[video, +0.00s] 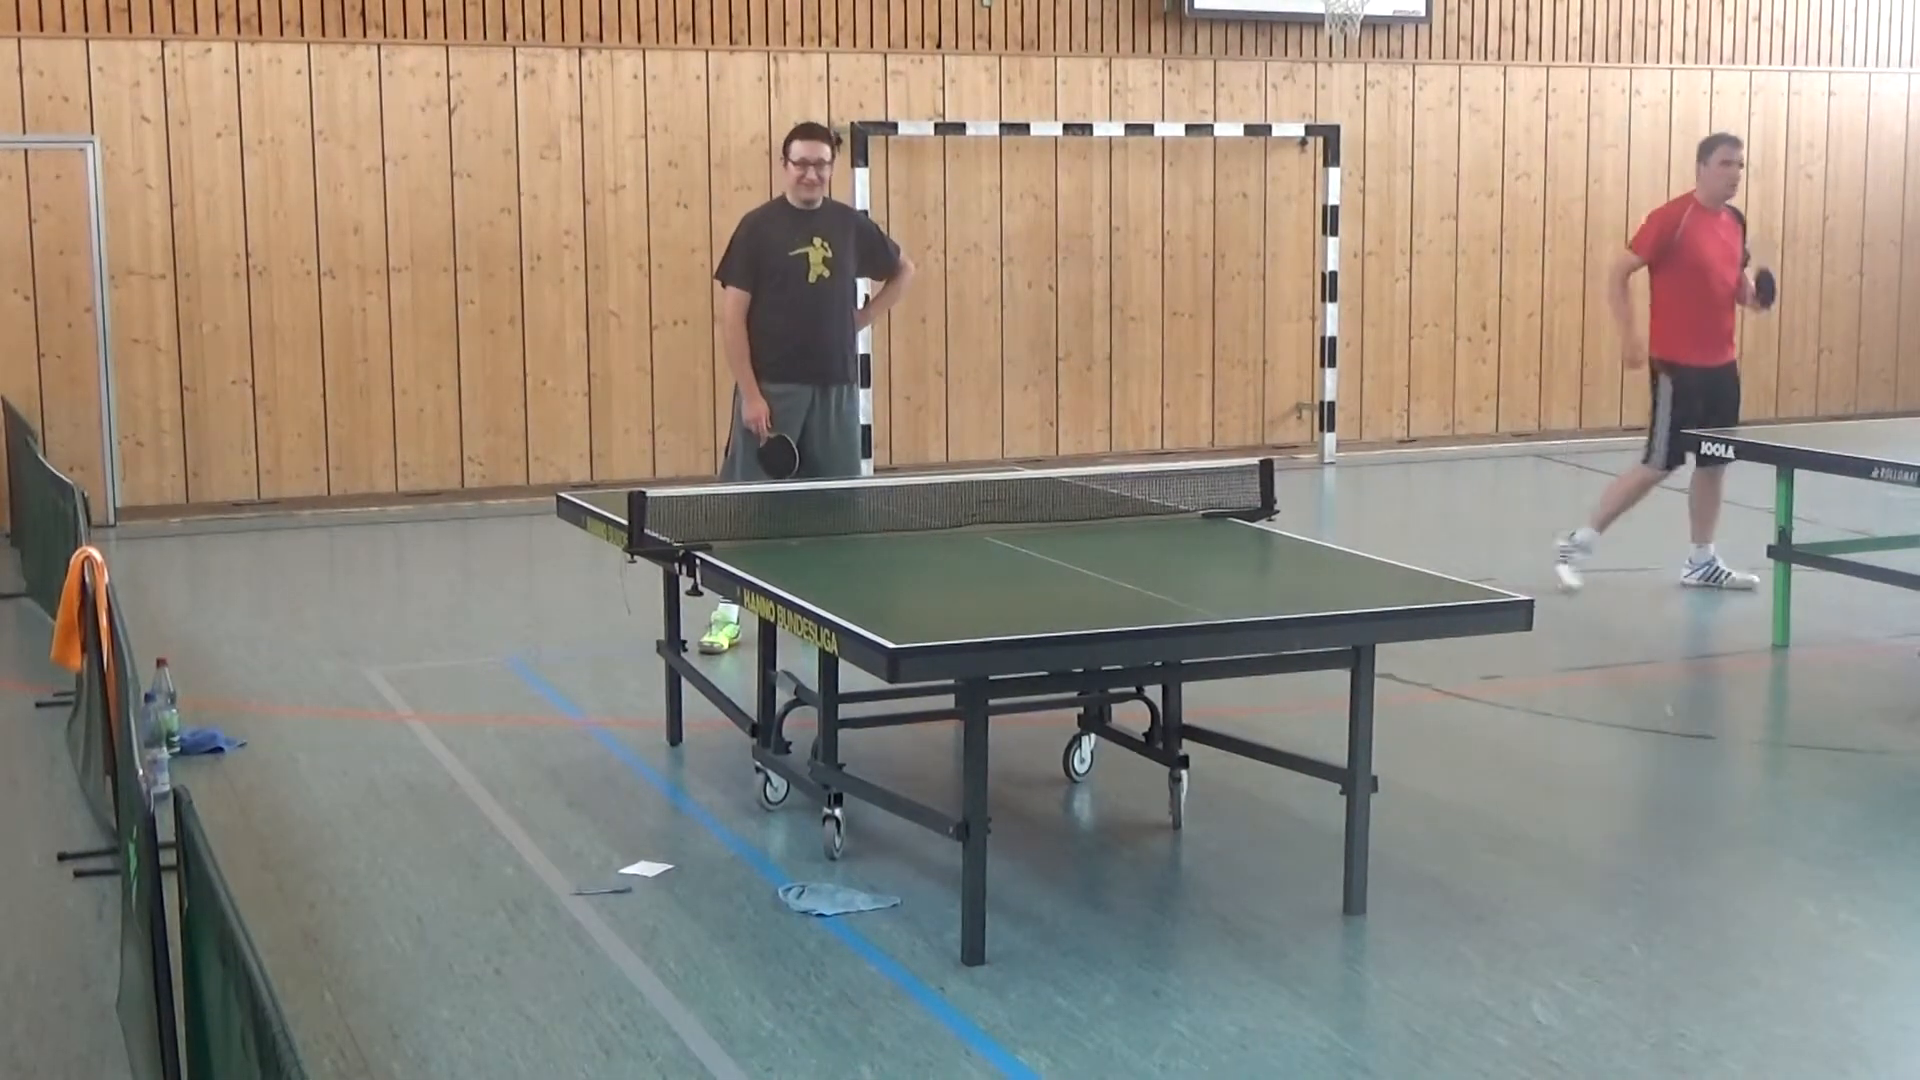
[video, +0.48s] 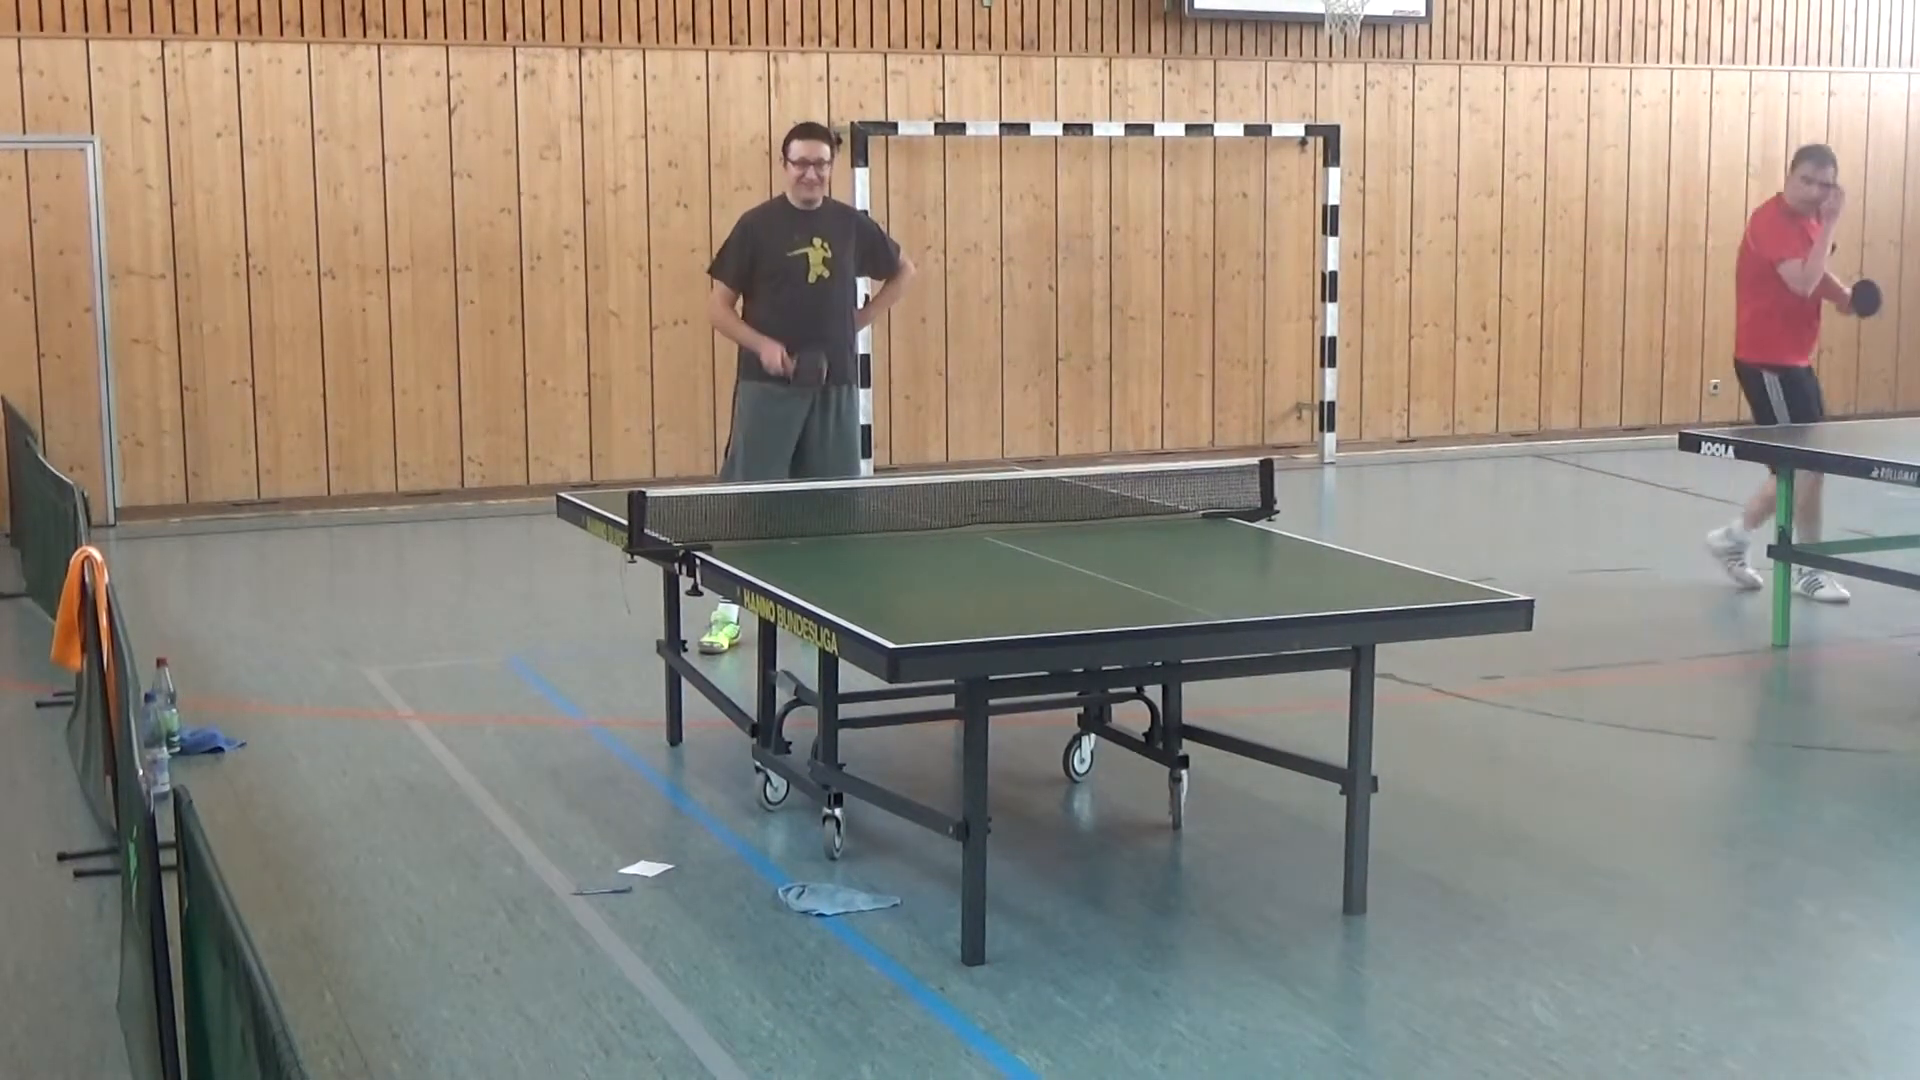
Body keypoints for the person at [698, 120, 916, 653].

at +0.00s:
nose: (811, 173)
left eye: (820, 165)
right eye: (801, 164)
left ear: (832, 168)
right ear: (784, 165)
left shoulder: (852, 225)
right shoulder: (756, 227)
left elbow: (902, 270)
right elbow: (731, 315)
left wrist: (866, 315)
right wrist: (749, 393)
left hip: (835, 392)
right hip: (768, 392)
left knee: (839, 510)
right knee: (744, 505)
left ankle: (837, 614)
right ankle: (728, 609)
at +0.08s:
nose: (812, 173)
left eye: (821, 164)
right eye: (803, 163)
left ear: (832, 168)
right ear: (786, 165)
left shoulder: (852, 225)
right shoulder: (756, 227)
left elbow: (902, 270)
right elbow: (731, 314)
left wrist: (866, 315)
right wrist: (749, 393)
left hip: (835, 392)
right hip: (768, 392)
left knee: (839, 510)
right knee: (744, 506)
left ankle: (837, 614)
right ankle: (728, 609)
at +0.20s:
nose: (813, 173)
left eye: (822, 164)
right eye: (804, 163)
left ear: (833, 168)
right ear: (786, 165)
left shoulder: (853, 225)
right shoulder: (756, 227)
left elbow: (903, 271)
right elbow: (731, 315)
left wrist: (866, 315)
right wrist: (749, 392)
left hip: (835, 391)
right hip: (768, 392)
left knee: (838, 510)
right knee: (744, 505)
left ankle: (837, 614)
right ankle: (728, 609)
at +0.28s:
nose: (813, 173)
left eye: (822, 164)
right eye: (804, 163)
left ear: (833, 168)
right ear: (787, 165)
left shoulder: (853, 225)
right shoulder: (756, 226)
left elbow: (902, 271)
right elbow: (731, 315)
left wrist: (865, 315)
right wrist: (749, 392)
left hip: (835, 392)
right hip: (768, 392)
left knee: (838, 510)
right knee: (744, 506)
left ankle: (837, 614)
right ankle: (728, 609)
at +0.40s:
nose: (812, 173)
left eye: (821, 164)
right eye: (802, 163)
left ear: (832, 167)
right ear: (786, 165)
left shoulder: (853, 225)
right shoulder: (756, 227)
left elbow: (903, 271)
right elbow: (723, 317)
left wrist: (865, 315)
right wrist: (759, 368)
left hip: (835, 391)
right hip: (766, 390)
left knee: (836, 509)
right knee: (748, 504)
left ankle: (834, 614)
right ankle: (729, 609)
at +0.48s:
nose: (811, 172)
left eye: (820, 164)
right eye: (801, 163)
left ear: (832, 167)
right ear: (785, 165)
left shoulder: (852, 225)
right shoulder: (755, 226)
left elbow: (903, 271)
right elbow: (719, 307)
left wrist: (866, 316)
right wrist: (760, 343)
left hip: (836, 388)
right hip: (769, 388)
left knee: (835, 506)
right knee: (747, 500)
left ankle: (833, 612)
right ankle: (729, 607)